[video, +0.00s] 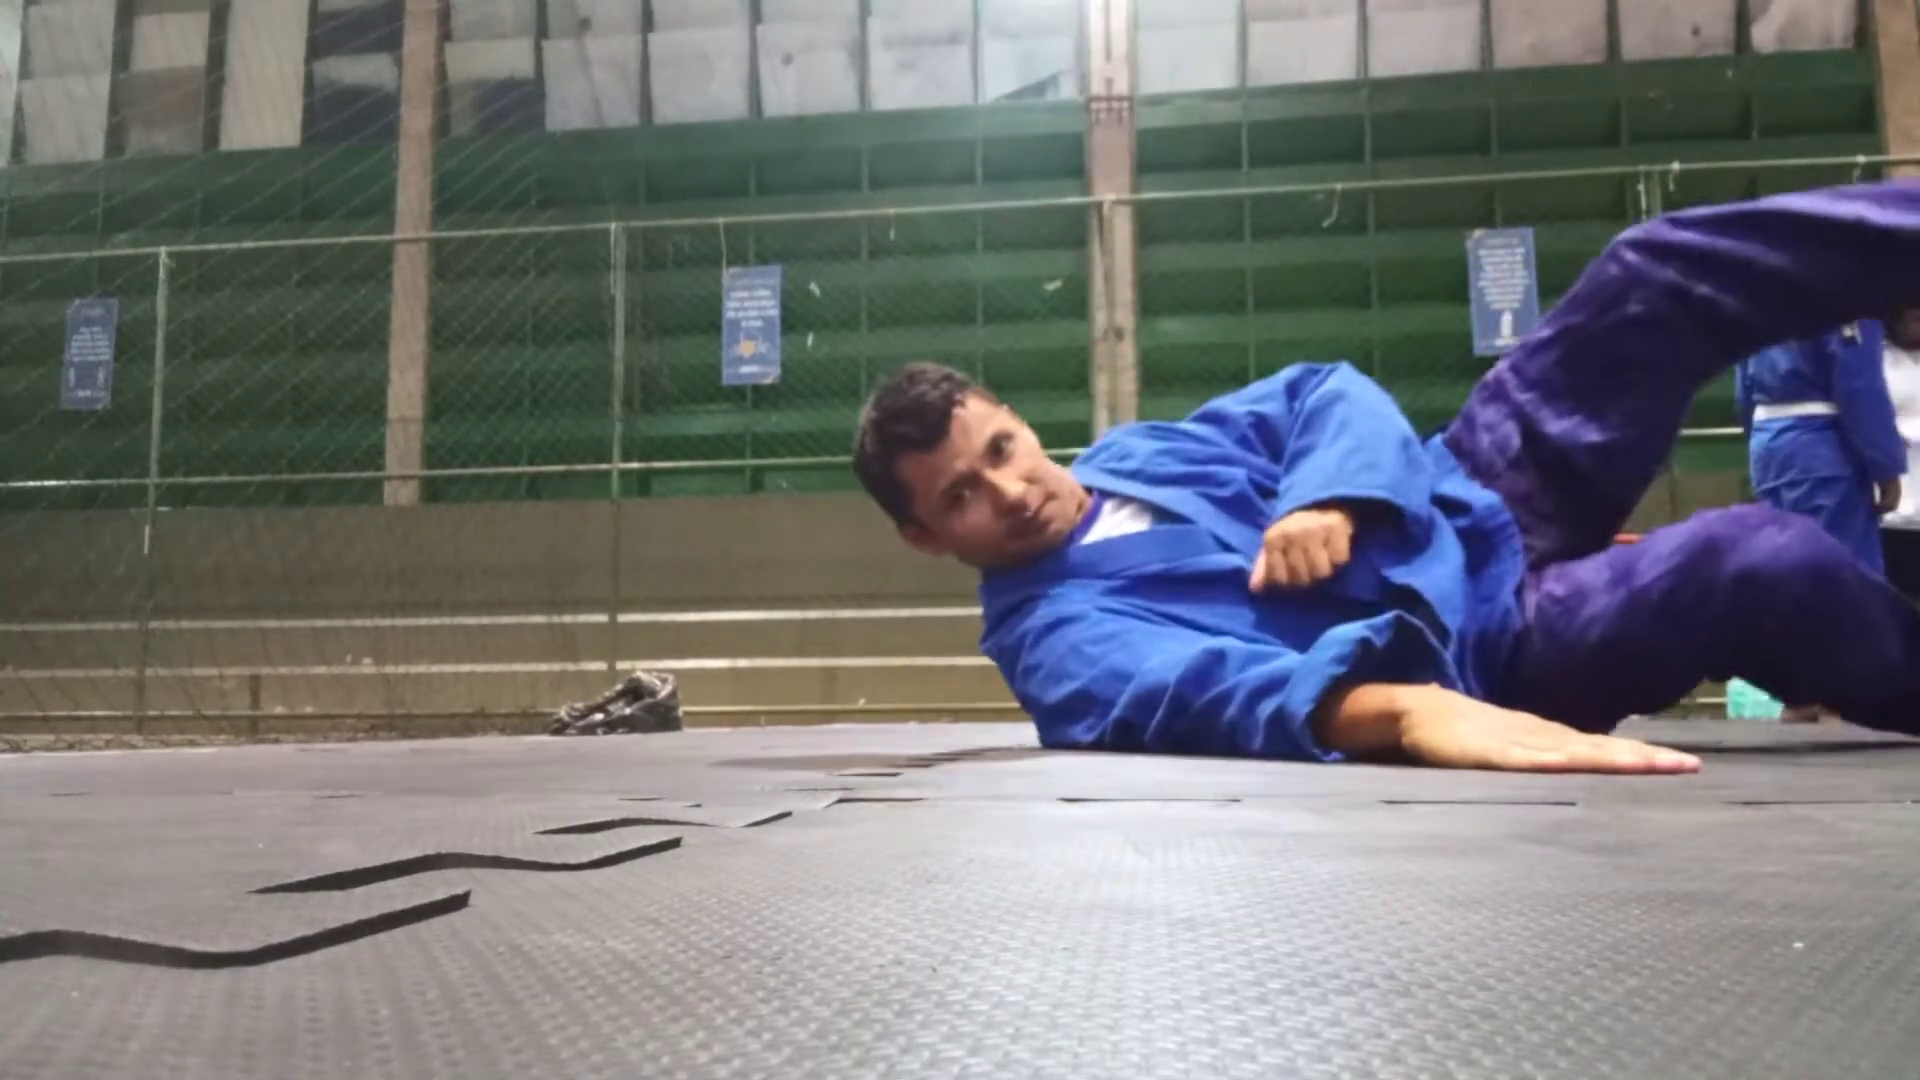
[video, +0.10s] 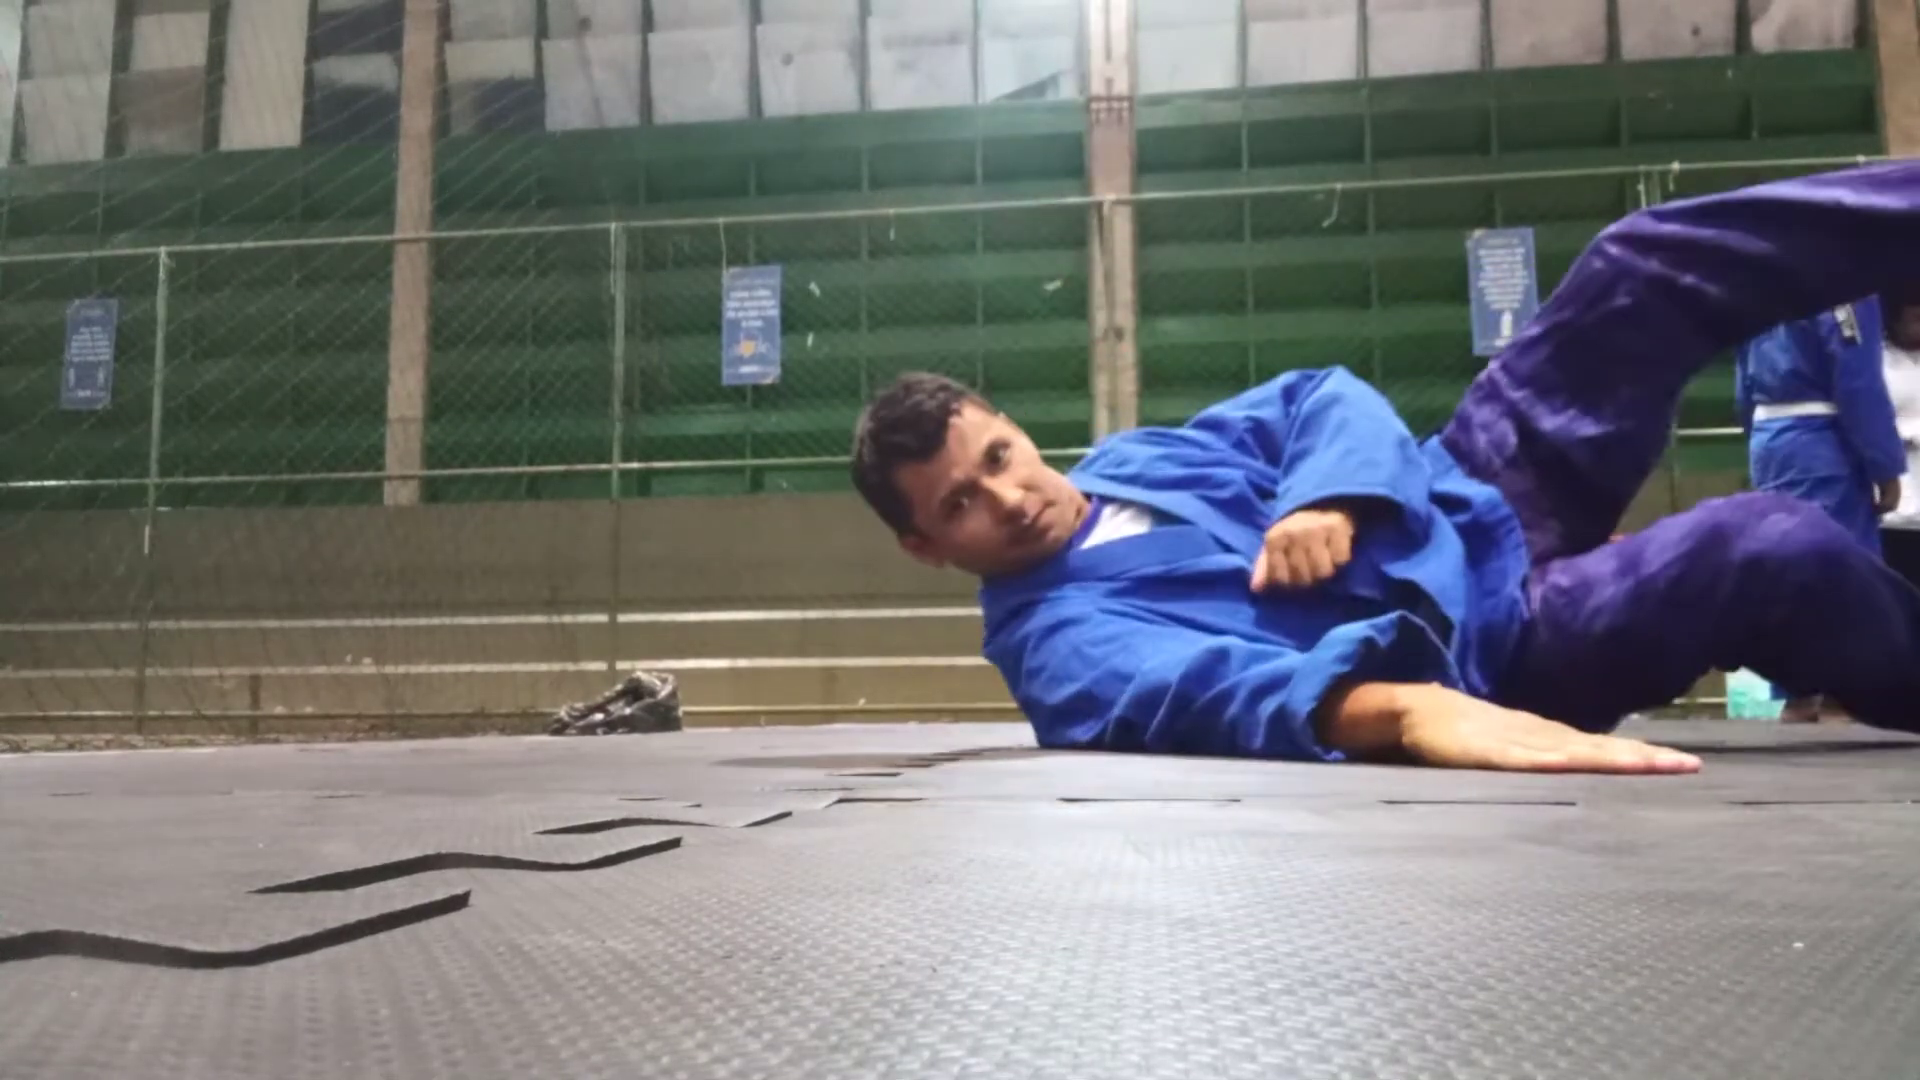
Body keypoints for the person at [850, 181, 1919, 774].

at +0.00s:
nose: (1012, 482)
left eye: (1004, 447)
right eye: (968, 492)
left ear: (1024, 426)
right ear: (928, 541)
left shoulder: (1127, 458)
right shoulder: (1068, 652)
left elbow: (1326, 391)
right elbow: (1267, 701)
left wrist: (1322, 496)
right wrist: (1432, 714)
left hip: (1469, 484)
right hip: (1487, 643)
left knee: (1660, 267)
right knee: (1762, 559)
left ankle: (1909, 230)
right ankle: (1903, 689)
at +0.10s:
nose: (1010, 489)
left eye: (1000, 453)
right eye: (965, 501)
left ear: (1021, 431)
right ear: (927, 551)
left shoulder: (1123, 463)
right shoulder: (1073, 653)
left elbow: (1325, 398)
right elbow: (1307, 701)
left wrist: (1324, 499)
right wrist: (1538, 741)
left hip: (1472, 486)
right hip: (1497, 644)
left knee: (1645, 257)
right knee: (1769, 544)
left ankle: (1910, 206)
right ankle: (1902, 684)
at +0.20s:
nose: (1010, 492)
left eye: (1001, 457)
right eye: (966, 503)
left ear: (1021, 436)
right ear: (926, 556)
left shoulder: (1120, 469)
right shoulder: (1073, 653)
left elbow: (1320, 402)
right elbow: (1296, 698)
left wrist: (1320, 499)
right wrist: (1486, 726)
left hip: (1472, 484)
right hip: (1502, 642)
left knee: (1639, 257)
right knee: (1773, 540)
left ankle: (1907, 204)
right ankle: (1902, 682)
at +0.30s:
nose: (1007, 493)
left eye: (997, 459)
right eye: (963, 505)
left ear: (1018, 439)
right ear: (926, 560)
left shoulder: (1117, 472)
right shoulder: (1074, 654)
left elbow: (1314, 406)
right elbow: (1302, 697)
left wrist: (1318, 498)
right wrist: (1493, 730)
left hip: (1470, 485)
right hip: (1501, 642)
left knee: (1634, 258)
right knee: (1769, 534)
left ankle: (1907, 208)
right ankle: (1902, 683)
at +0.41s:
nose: (1004, 497)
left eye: (995, 463)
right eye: (961, 509)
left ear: (1015, 441)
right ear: (926, 562)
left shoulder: (1114, 474)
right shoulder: (1074, 654)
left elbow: (1312, 408)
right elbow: (1307, 699)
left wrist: (1315, 499)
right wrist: (1514, 736)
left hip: (1467, 486)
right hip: (1501, 643)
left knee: (1633, 258)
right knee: (1770, 530)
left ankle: (1908, 208)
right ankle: (1900, 682)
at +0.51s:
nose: (1006, 500)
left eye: (997, 465)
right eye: (962, 511)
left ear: (1017, 443)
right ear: (925, 563)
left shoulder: (1111, 476)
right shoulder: (1074, 654)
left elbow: (1312, 409)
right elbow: (1306, 699)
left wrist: (1316, 500)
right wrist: (1518, 736)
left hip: (1468, 487)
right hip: (1501, 643)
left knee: (1631, 260)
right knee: (1770, 529)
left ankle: (1907, 205)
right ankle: (1900, 682)